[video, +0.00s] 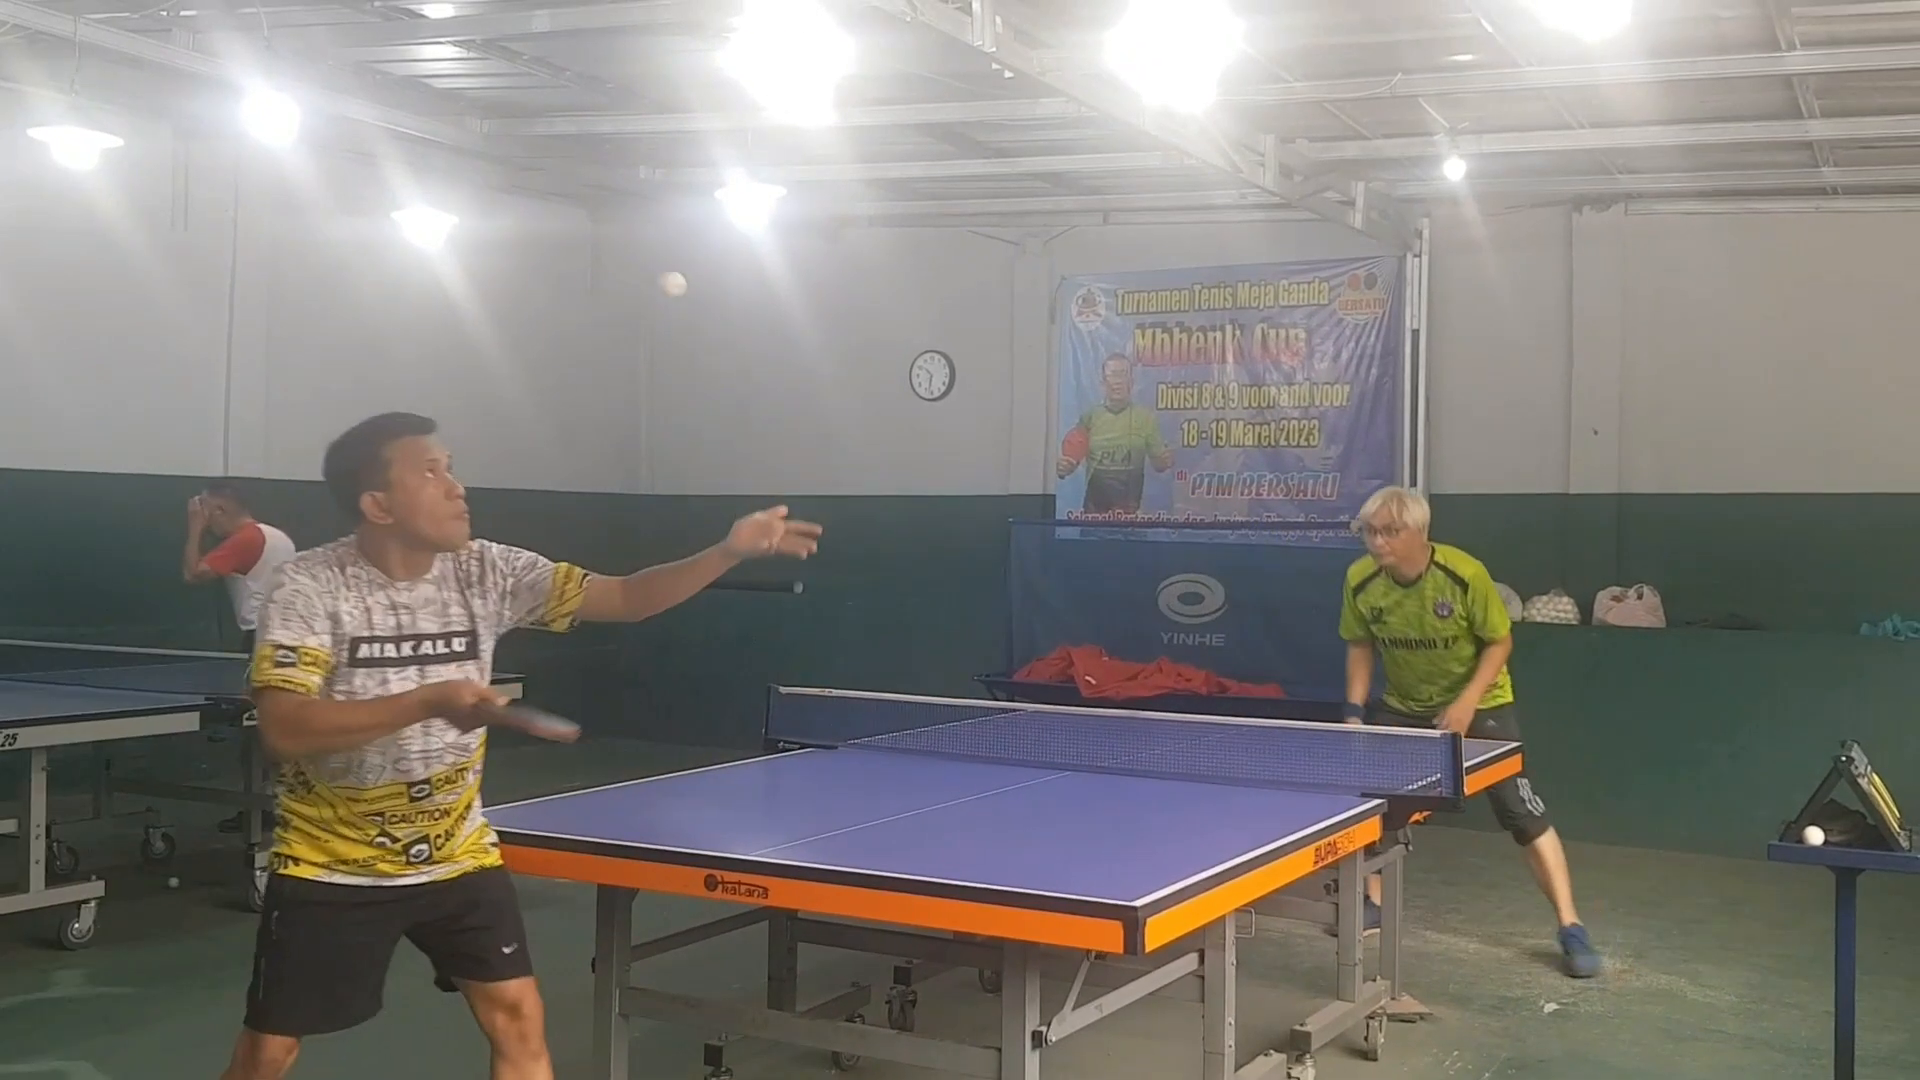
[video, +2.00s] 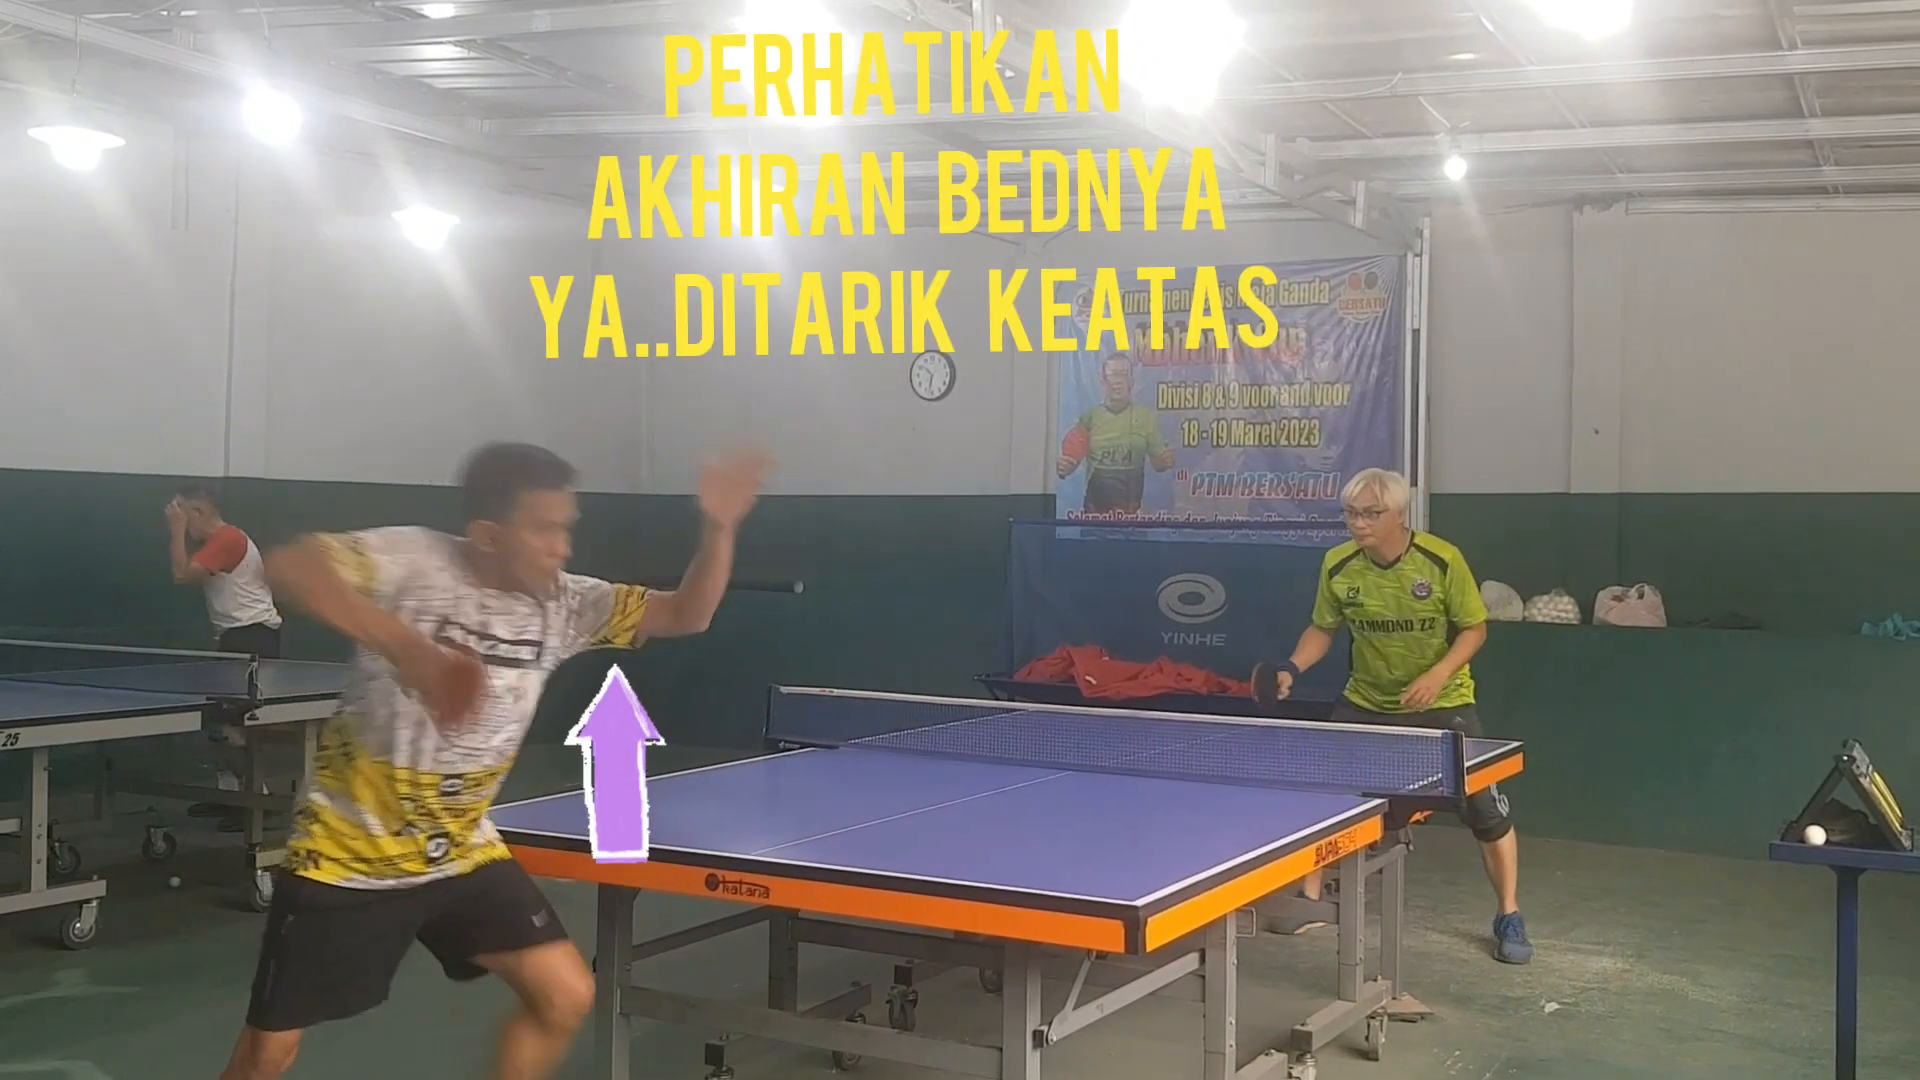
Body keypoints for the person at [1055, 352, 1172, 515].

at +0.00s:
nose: (1116, 382)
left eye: (1122, 375)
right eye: (1111, 375)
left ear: (1131, 380)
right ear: (1103, 381)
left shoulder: (1144, 418)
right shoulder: (1090, 418)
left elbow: (1157, 462)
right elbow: (1074, 450)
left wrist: (1164, 460)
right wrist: (1064, 466)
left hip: (1129, 505)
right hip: (1095, 506)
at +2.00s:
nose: (1117, 382)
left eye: (1123, 375)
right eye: (1111, 375)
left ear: (1132, 380)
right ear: (1102, 380)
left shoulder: (1145, 418)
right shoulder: (1091, 417)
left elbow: (1158, 462)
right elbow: (1074, 450)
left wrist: (1165, 460)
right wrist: (1064, 466)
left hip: (1131, 506)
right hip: (1096, 506)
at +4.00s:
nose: (1120, 378)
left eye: (1126, 372)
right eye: (1114, 372)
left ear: (1134, 379)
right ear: (1105, 378)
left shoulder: (1147, 416)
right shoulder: (1093, 416)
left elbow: (1161, 461)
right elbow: (1077, 449)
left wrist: (1168, 458)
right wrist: (1067, 464)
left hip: (1133, 504)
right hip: (1098, 505)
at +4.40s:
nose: (1119, 379)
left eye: (1125, 372)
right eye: (1114, 373)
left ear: (1134, 379)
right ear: (1105, 379)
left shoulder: (1147, 416)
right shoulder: (1093, 416)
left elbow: (1160, 460)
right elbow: (1076, 449)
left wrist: (1169, 458)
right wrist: (1067, 465)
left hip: (1133, 508)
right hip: (1098, 507)